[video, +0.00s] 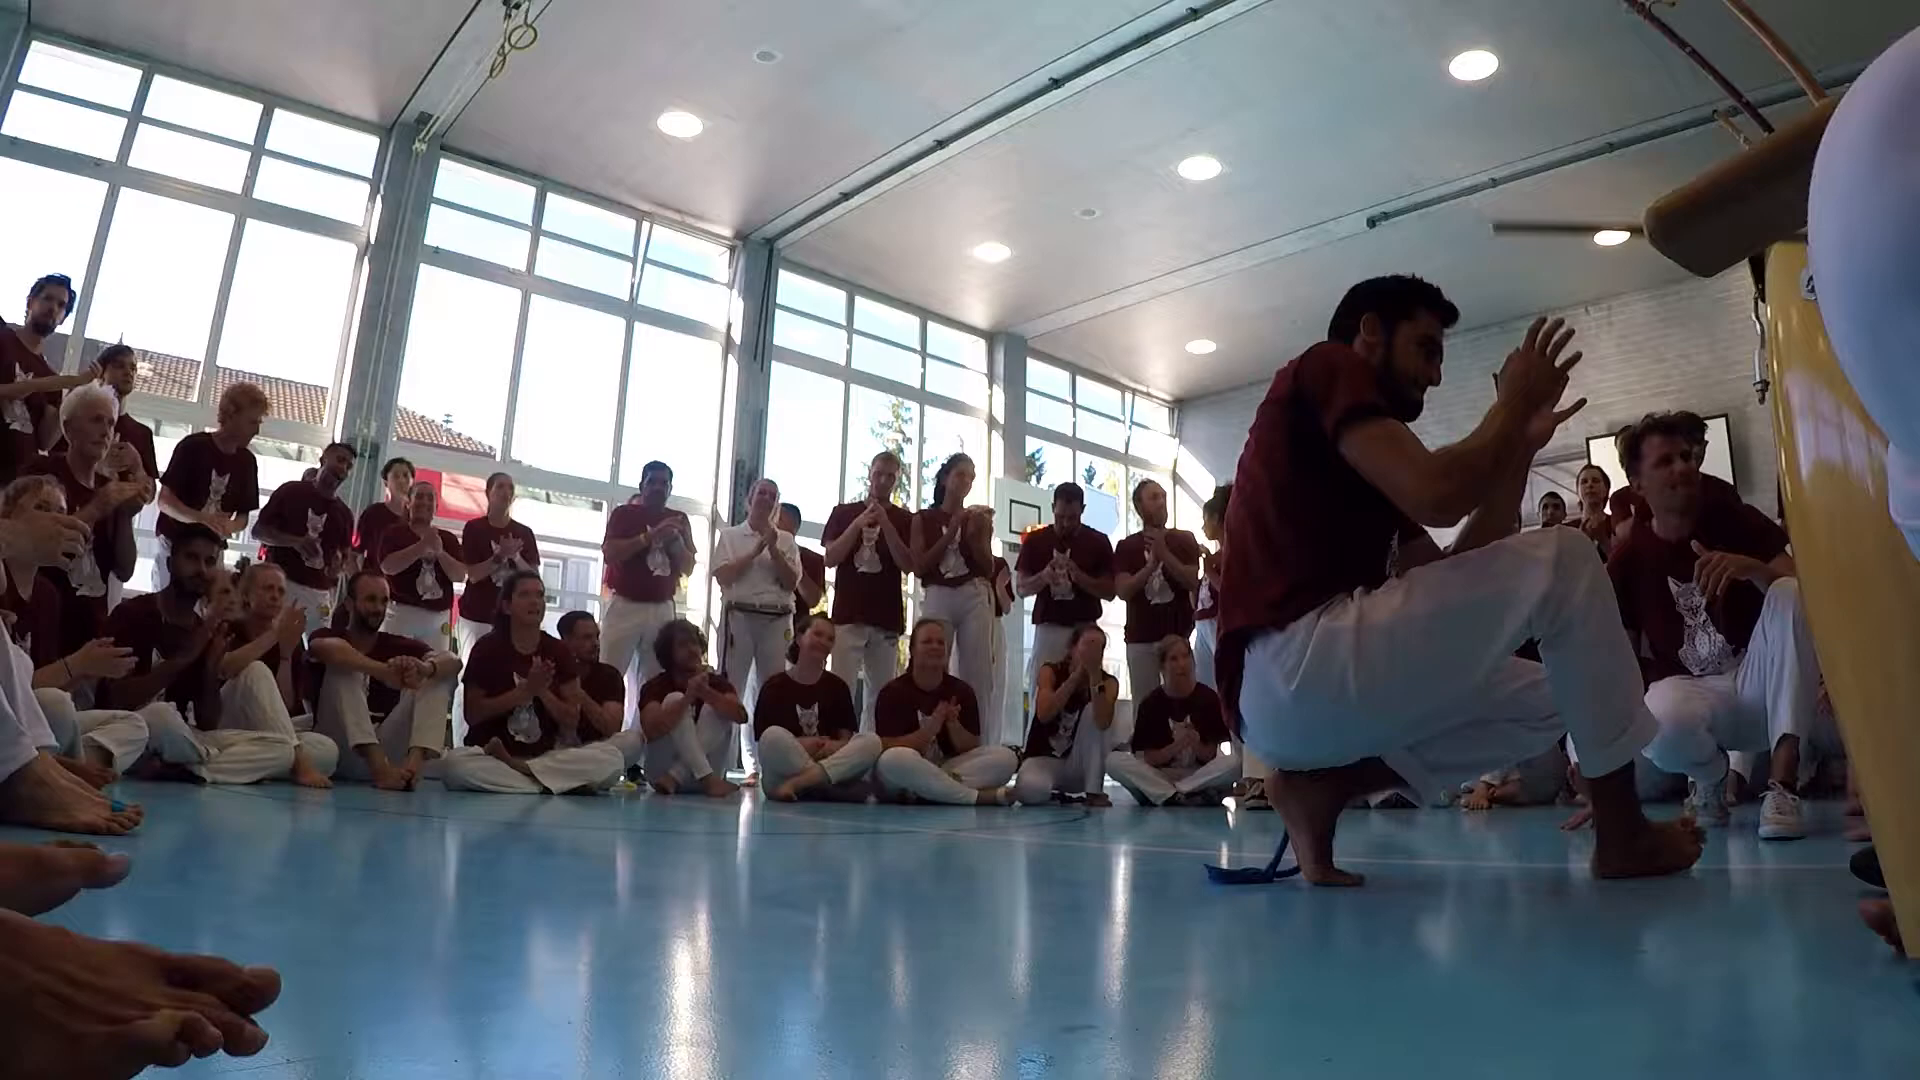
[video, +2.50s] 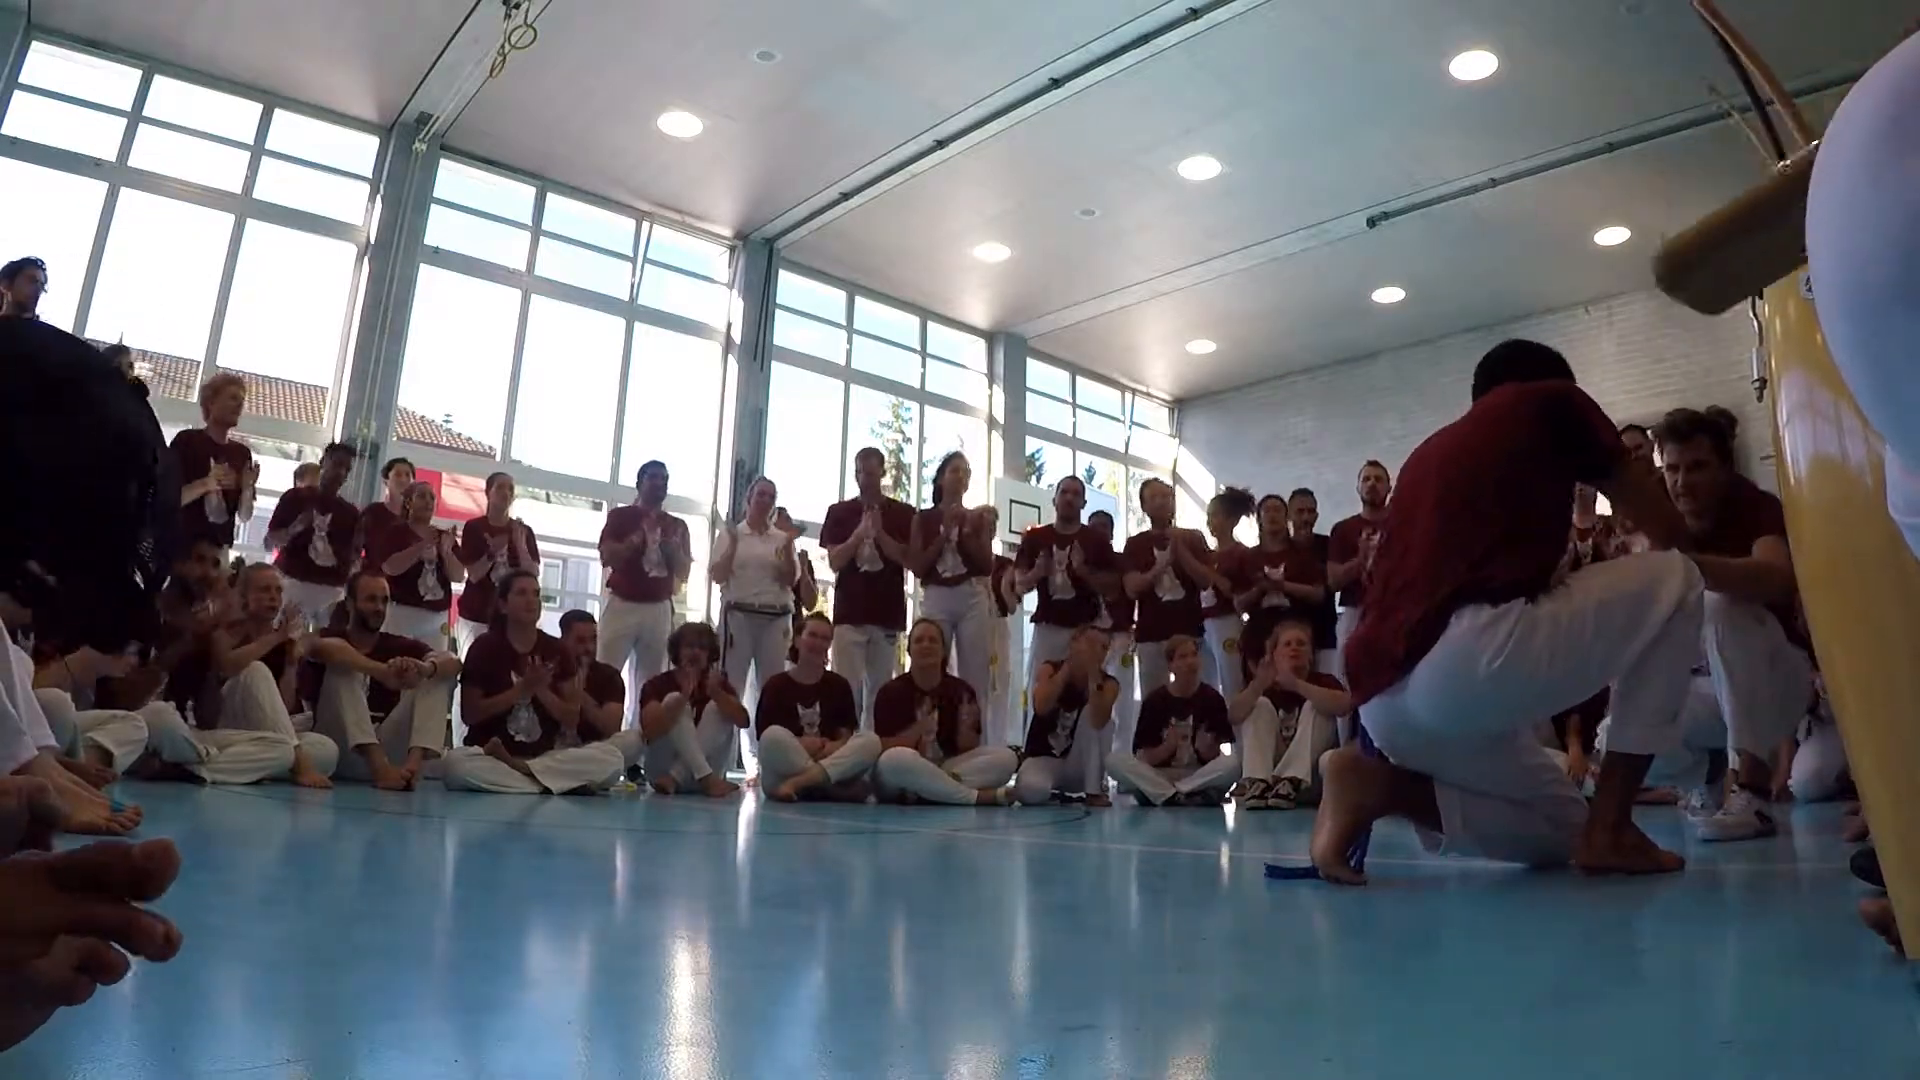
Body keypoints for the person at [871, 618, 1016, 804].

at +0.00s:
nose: (935, 648)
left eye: (940, 643)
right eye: (927, 642)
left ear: (947, 650)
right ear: (912, 650)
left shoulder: (962, 691)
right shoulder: (892, 692)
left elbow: (971, 749)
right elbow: (888, 747)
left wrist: (954, 724)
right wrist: (930, 729)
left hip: (951, 767)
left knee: (1006, 758)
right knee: (893, 760)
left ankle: (928, 792)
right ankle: (976, 798)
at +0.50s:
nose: (933, 647)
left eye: (939, 643)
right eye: (925, 642)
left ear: (946, 650)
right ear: (912, 650)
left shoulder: (961, 690)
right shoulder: (893, 691)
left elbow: (969, 749)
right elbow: (884, 745)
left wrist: (963, 724)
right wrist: (919, 731)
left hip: (951, 765)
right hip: (909, 766)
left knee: (1006, 758)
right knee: (892, 760)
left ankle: (928, 792)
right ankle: (975, 798)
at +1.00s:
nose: (931, 646)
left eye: (937, 641)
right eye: (923, 641)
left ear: (946, 650)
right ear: (912, 649)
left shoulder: (962, 691)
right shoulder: (893, 691)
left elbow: (972, 747)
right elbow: (884, 744)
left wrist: (950, 724)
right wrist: (923, 737)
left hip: (951, 767)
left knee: (1006, 758)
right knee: (893, 759)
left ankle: (929, 792)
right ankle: (975, 798)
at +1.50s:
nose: (929, 645)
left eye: (935, 640)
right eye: (921, 641)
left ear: (945, 650)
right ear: (911, 649)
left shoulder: (962, 691)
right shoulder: (892, 692)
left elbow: (973, 747)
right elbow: (885, 745)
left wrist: (951, 727)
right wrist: (926, 734)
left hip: (950, 767)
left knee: (1006, 758)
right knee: (893, 759)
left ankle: (928, 792)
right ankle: (975, 798)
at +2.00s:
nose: (927, 645)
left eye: (934, 640)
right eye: (920, 640)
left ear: (944, 648)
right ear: (910, 649)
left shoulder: (962, 690)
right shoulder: (892, 691)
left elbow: (972, 749)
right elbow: (883, 745)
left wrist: (959, 728)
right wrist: (918, 735)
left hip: (951, 767)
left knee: (1006, 758)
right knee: (893, 760)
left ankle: (928, 792)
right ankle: (975, 798)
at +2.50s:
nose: (926, 646)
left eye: (933, 641)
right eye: (919, 641)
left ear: (944, 650)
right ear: (909, 650)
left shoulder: (961, 689)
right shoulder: (891, 692)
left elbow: (966, 749)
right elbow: (884, 746)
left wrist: (967, 726)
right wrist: (919, 729)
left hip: (950, 766)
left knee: (1006, 759)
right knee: (894, 760)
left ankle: (928, 792)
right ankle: (975, 798)